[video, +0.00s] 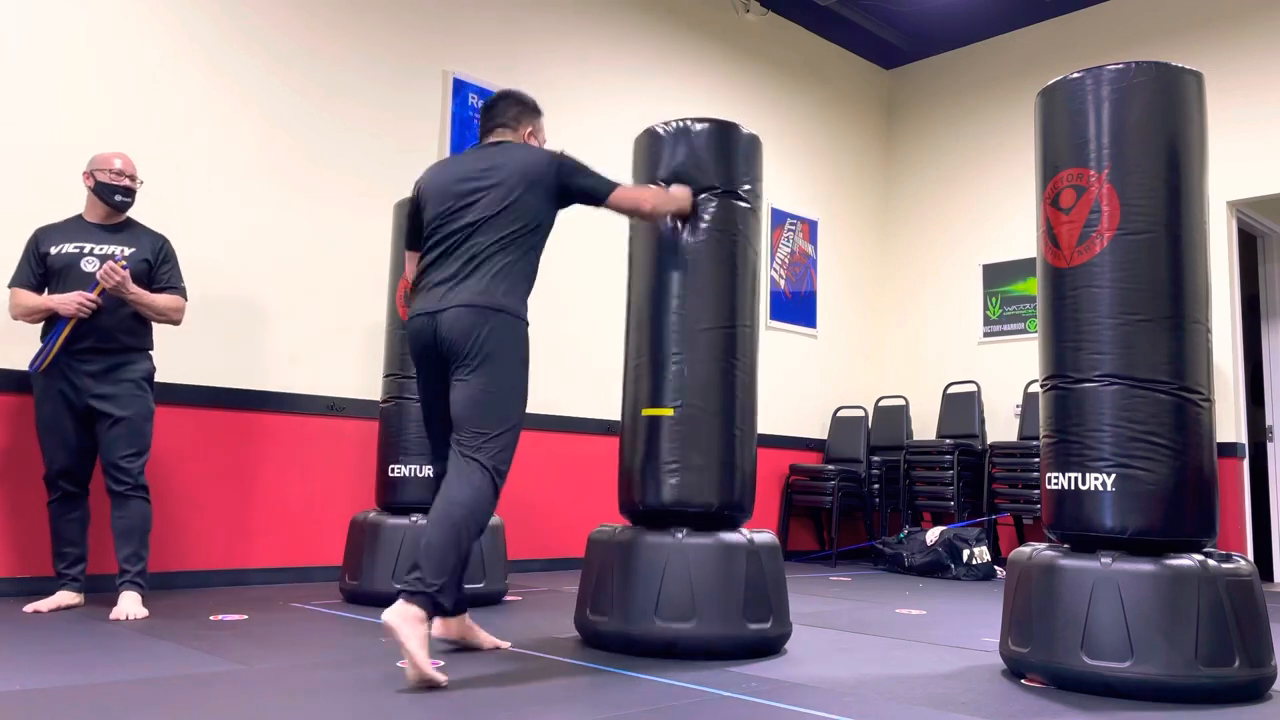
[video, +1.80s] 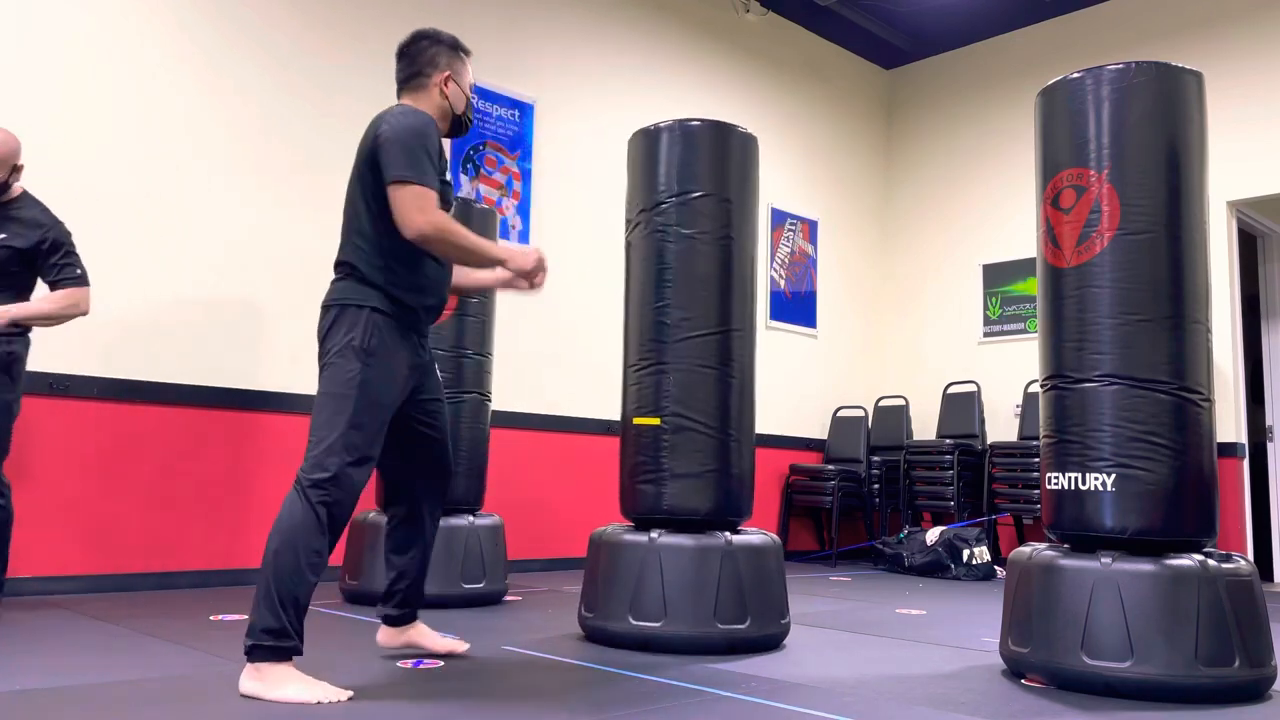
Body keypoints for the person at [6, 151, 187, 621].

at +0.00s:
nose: (123, 182)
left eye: (130, 177)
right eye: (113, 173)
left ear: (137, 188)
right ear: (87, 179)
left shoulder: (154, 245)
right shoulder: (47, 239)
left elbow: (176, 312)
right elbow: (17, 304)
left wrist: (131, 292)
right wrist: (55, 302)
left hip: (125, 380)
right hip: (60, 379)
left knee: (127, 481)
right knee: (64, 484)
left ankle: (131, 589)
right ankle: (70, 586)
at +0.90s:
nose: (99, 182)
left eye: (106, 177)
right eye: (89, 173)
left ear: (112, 187)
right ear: (60, 178)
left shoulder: (127, 242)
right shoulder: (19, 240)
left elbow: (148, 310)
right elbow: (1, 307)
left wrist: (96, 287)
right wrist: (25, 302)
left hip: (97, 367)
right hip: (35, 369)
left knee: (71, 463)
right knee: (44, 474)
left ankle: (60, 586)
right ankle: (67, 579)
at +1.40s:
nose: (39, 186)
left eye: (51, 179)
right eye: (31, 175)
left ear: (72, 179)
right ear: (19, 168)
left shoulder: (90, 236)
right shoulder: (3, 221)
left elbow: (114, 307)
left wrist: (47, 288)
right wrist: (5, 289)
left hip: (48, 358)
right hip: (4, 358)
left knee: (11, 467)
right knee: (29, 470)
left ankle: (1, 582)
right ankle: (67, 576)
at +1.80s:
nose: (2, 181)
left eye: (4, 172)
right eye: (3, 172)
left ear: (13, 171)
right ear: (10, 170)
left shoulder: (35, 222)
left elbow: (76, 298)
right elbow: (75, 296)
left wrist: (8, 313)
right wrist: (14, 315)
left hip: (2, 367)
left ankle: (0, 581)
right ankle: (1, 579)